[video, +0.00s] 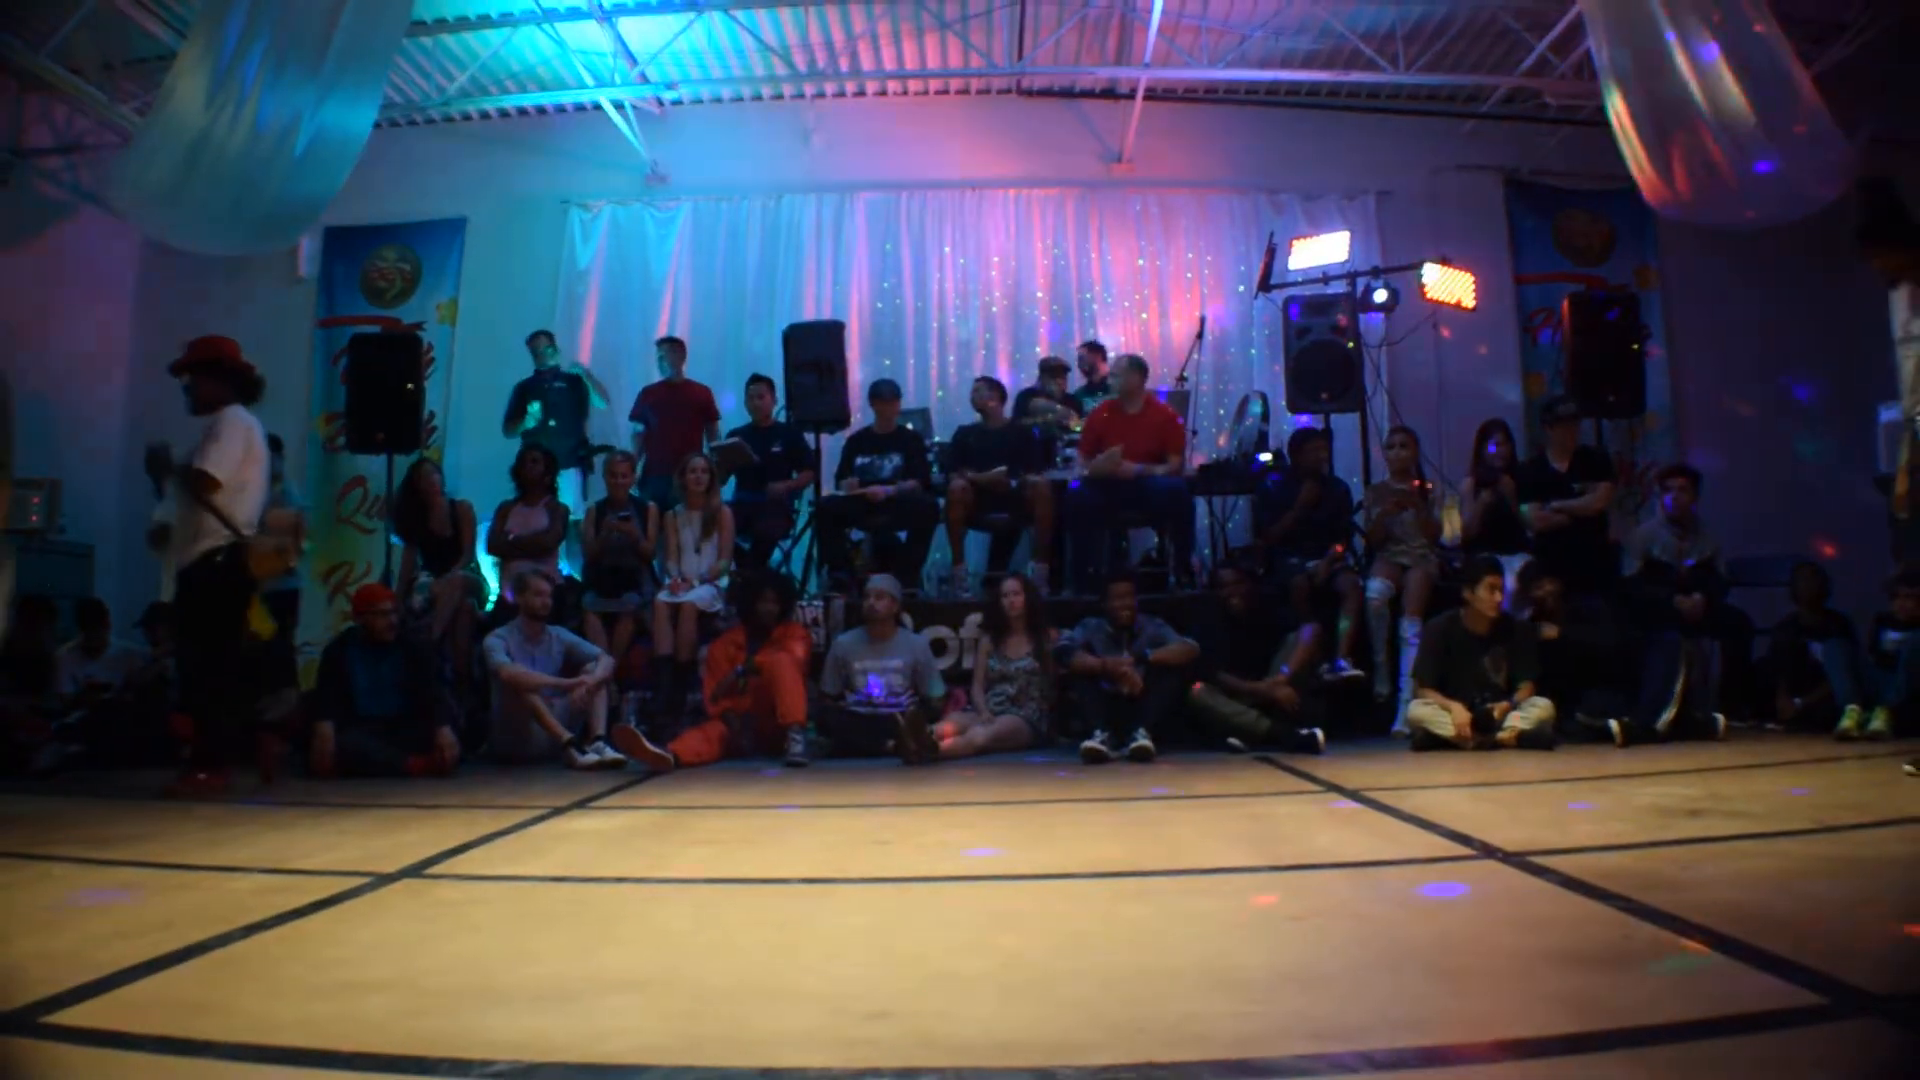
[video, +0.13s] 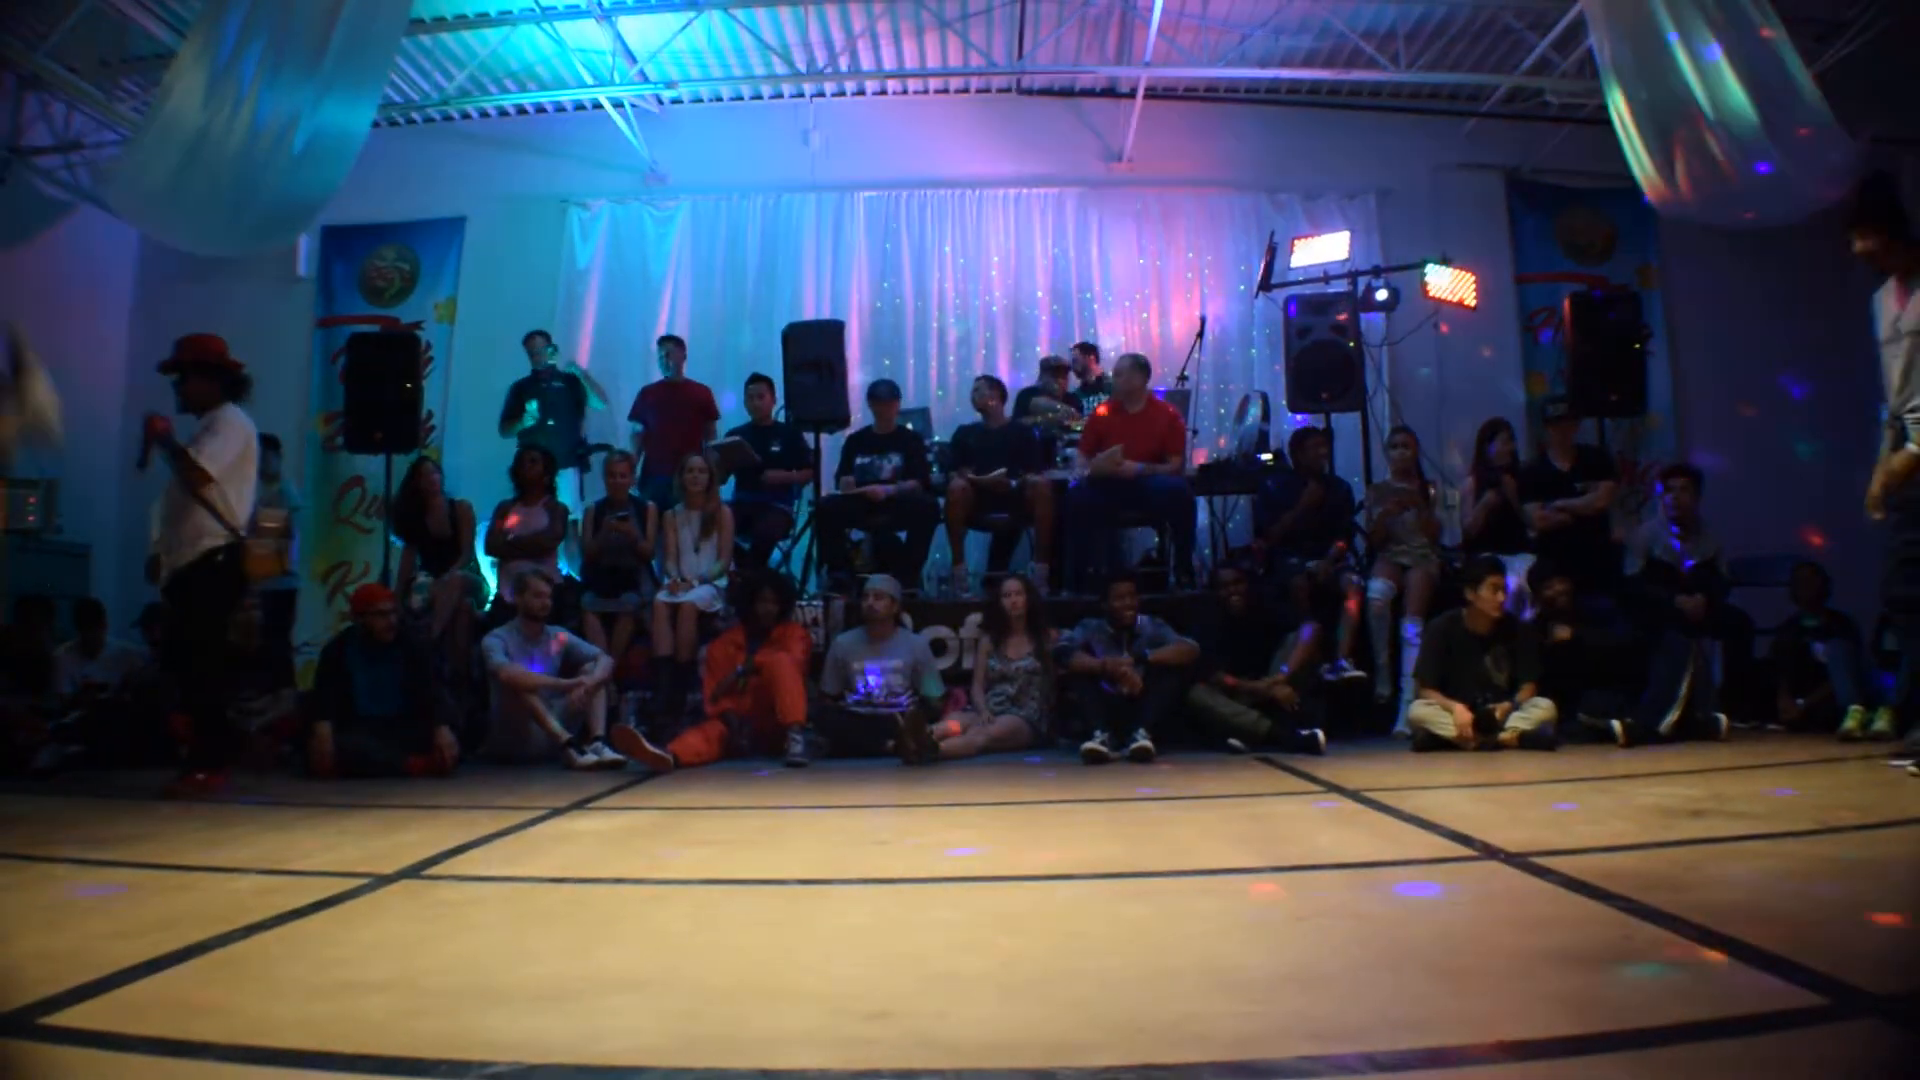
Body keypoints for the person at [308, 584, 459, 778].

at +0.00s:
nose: (392, 621)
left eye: (394, 613)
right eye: (383, 615)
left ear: (399, 613)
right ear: (363, 618)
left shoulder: (410, 645)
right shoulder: (340, 651)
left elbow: (431, 689)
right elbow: (326, 698)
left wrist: (443, 727)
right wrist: (325, 730)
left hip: (407, 721)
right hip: (358, 724)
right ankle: (407, 764)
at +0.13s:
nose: (391, 621)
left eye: (393, 613)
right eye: (381, 615)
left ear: (399, 613)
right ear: (362, 618)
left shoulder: (410, 644)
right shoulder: (339, 650)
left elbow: (431, 688)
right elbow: (324, 697)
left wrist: (442, 727)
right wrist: (324, 730)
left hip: (406, 721)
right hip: (357, 724)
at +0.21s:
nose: (394, 622)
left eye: (395, 614)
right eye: (384, 616)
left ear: (400, 613)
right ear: (363, 619)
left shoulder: (410, 645)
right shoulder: (339, 650)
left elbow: (431, 689)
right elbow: (323, 698)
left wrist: (442, 727)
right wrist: (323, 730)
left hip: (406, 722)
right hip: (357, 724)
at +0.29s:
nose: (394, 622)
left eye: (396, 614)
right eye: (385, 616)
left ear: (400, 614)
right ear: (363, 619)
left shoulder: (410, 645)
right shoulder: (339, 651)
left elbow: (431, 689)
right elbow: (323, 698)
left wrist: (442, 727)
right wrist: (324, 730)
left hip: (406, 722)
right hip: (357, 724)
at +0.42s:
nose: (395, 622)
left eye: (396, 615)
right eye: (386, 616)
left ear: (400, 614)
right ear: (364, 619)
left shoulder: (411, 645)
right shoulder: (339, 651)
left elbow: (431, 689)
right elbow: (324, 697)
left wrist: (442, 727)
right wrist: (324, 730)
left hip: (406, 722)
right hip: (357, 724)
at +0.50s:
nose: (395, 623)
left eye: (396, 615)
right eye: (386, 616)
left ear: (401, 614)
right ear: (364, 620)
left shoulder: (411, 645)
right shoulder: (340, 650)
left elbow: (431, 689)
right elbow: (324, 697)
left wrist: (442, 727)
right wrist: (324, 729)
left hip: (406, 722)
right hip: (357, 724)